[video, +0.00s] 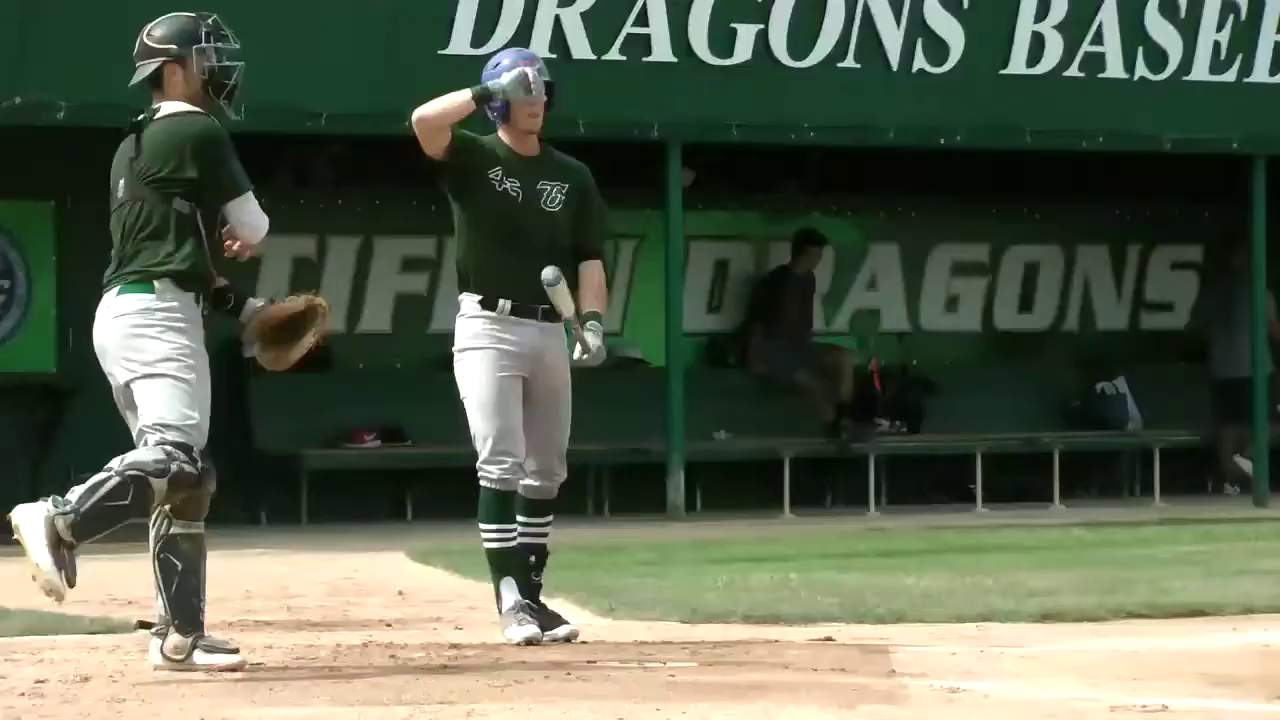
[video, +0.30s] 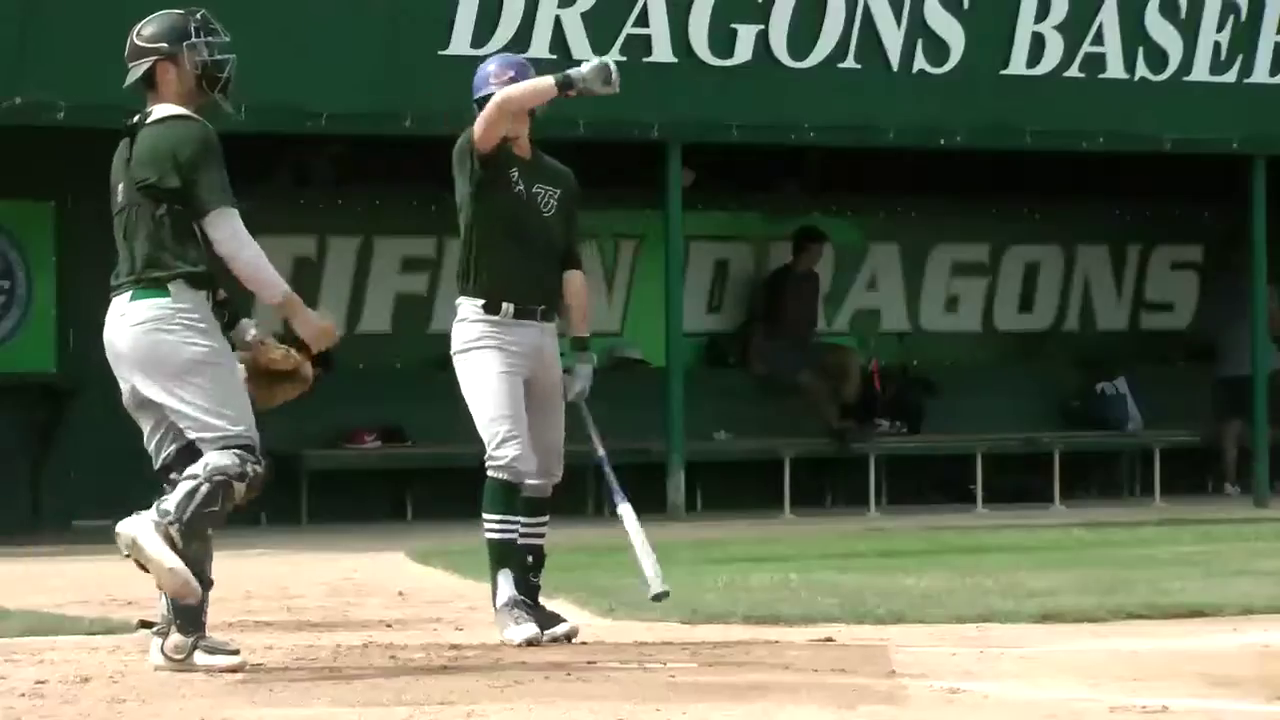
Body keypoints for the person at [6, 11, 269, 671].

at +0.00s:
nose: (218, 69)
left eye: (215, 58)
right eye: (207, 59)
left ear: (161, 73)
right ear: (176, 67)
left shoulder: (129, 147)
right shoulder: (200, 128)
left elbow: (168, 255)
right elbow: (253, 229)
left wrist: (243, 307)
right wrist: (225, 245)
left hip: (120, 313)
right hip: (158, 308)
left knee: (187, 477)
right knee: (175, 453)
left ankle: (181, 633)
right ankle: (58, 520)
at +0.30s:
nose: (213, 72)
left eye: (210, 59)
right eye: (201, 61)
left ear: (155, 72)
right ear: (168, 67)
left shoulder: (135, 141)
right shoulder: (187, 132)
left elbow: (170, 262)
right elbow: (229, 241)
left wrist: (240, 335)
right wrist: (296, 308)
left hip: (129, 319)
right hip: (171, 315)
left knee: (187, 476)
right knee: (240, 458)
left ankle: (181, 632)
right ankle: (162, 524)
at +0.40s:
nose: (208, 69)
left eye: (206, 58)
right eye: (196, 59)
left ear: (150, 72)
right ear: (162, 67)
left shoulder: (128, 144)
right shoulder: (183, 133)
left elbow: (145, 243)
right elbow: (218, 236)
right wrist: (264, 319)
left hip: (128, 322)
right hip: (176, 318)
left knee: (185, 473)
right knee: (251, 458)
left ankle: (179, 633)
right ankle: (163, 556)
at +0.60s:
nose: (194, 66)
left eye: (191, 55)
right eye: (182, 56)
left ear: (141, 69)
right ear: (151, 65)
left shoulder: (131, 137)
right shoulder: (158, 132)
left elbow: (125, 255)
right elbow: (153, 227)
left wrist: (127, 350)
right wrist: (179, 310)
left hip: (148, 325)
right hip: (183, 322)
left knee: (187, 474)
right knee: (226, 472)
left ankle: (183, 630)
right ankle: (110, 581)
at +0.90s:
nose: (149, 65)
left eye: (147, 56)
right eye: (135, 57)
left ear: (119, 72)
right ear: (101, 71)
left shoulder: (137, 144)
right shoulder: (95, 146)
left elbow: (135, 258)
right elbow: (84, 250)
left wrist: (85, 351)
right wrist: (104, 336)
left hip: (177, 331)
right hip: (133, 331)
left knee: (185, 491)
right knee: (124, 494)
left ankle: (182, 638)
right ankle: (30, 613)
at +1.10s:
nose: (107, 84)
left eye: (107, 73)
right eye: (96, 73)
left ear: (74, 79)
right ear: (62, 75)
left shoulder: (97, 151)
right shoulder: (39, 157)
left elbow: (106, 260)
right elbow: (37, 261)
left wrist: (145, 366)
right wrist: (120, 278)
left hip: (124, 333)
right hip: (71, 335)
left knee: (147, 488)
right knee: (53, 496)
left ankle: (178, 634)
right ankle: (6, 636)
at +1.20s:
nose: (83, 88)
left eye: (82, 78)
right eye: (72, 76)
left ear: (63, 84)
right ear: (37, 77)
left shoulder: (73, 152)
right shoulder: (12, 156)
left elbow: (91, 260)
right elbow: (20, 256)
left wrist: (137, 329)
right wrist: (96, 213)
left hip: (98, 333)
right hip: (44, 334)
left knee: (130, 485)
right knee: (30, 497)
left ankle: (171, 631)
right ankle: (6, 641)